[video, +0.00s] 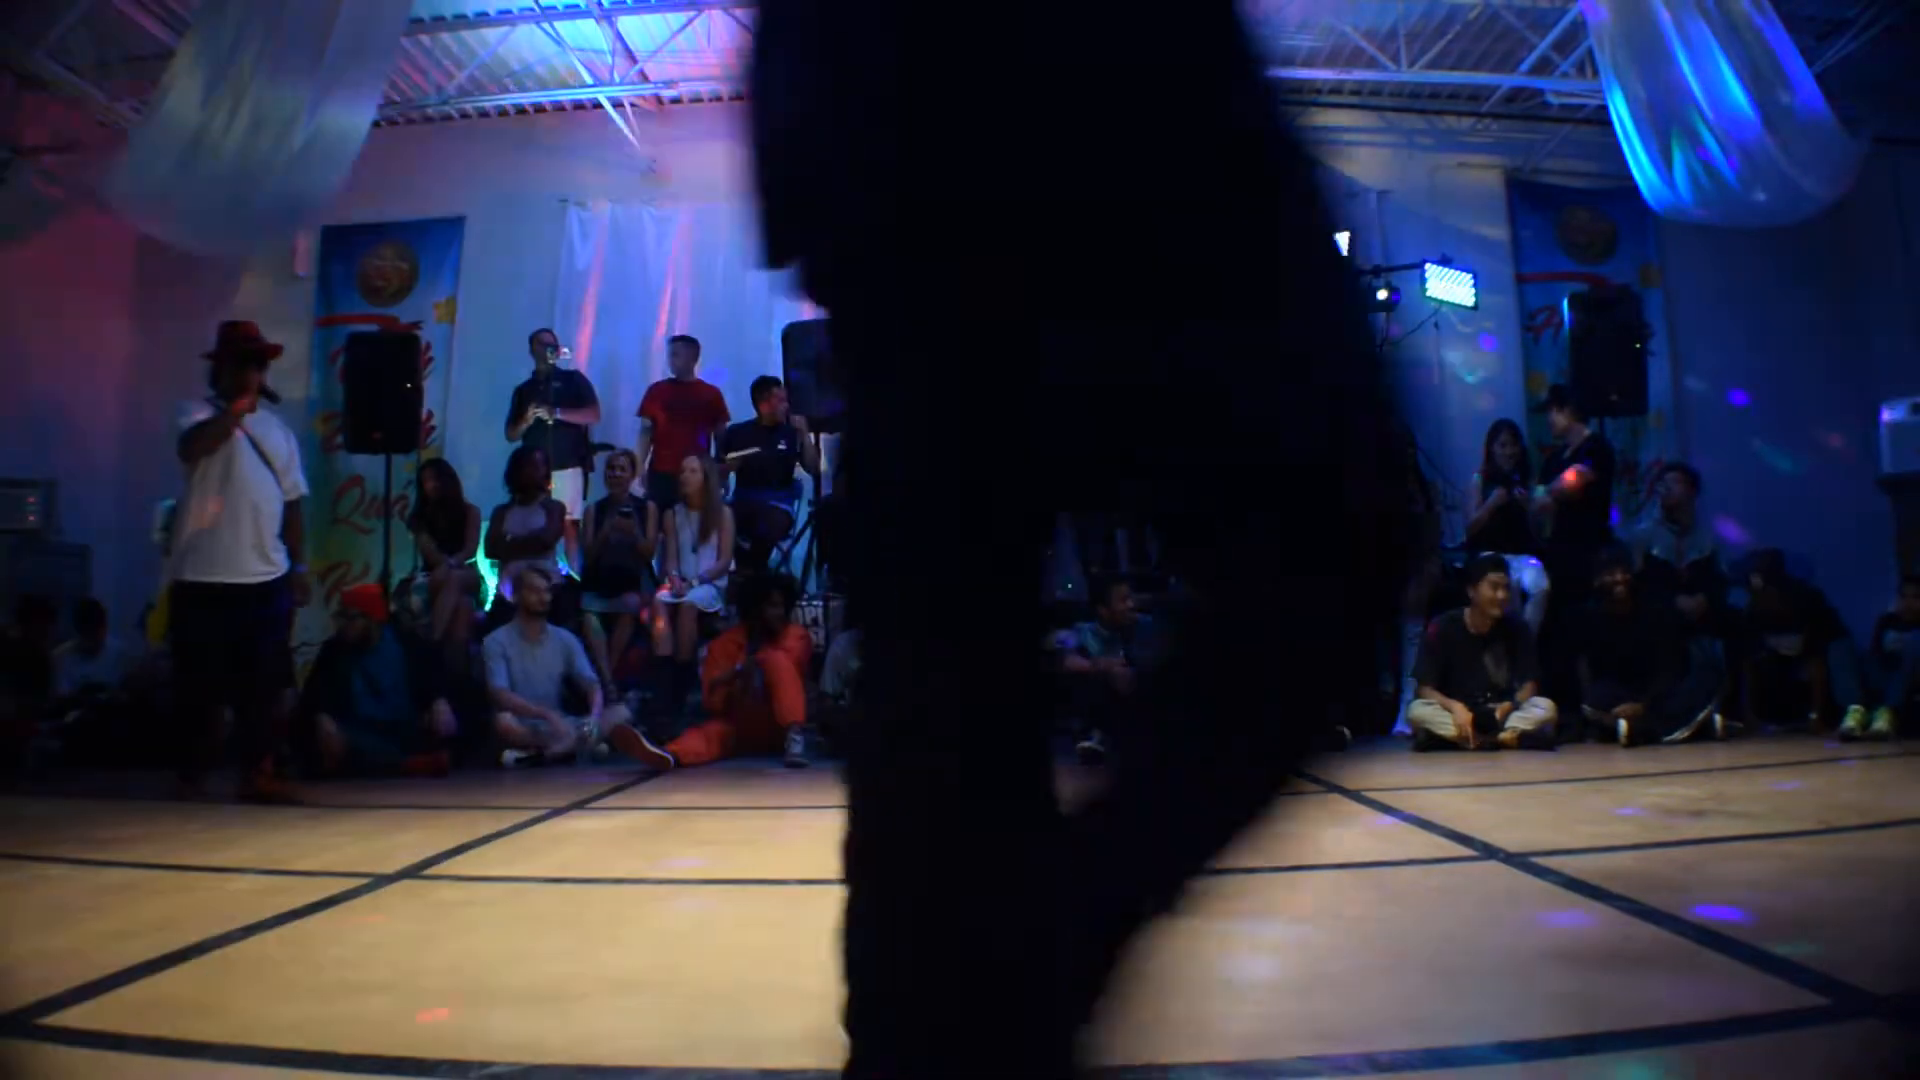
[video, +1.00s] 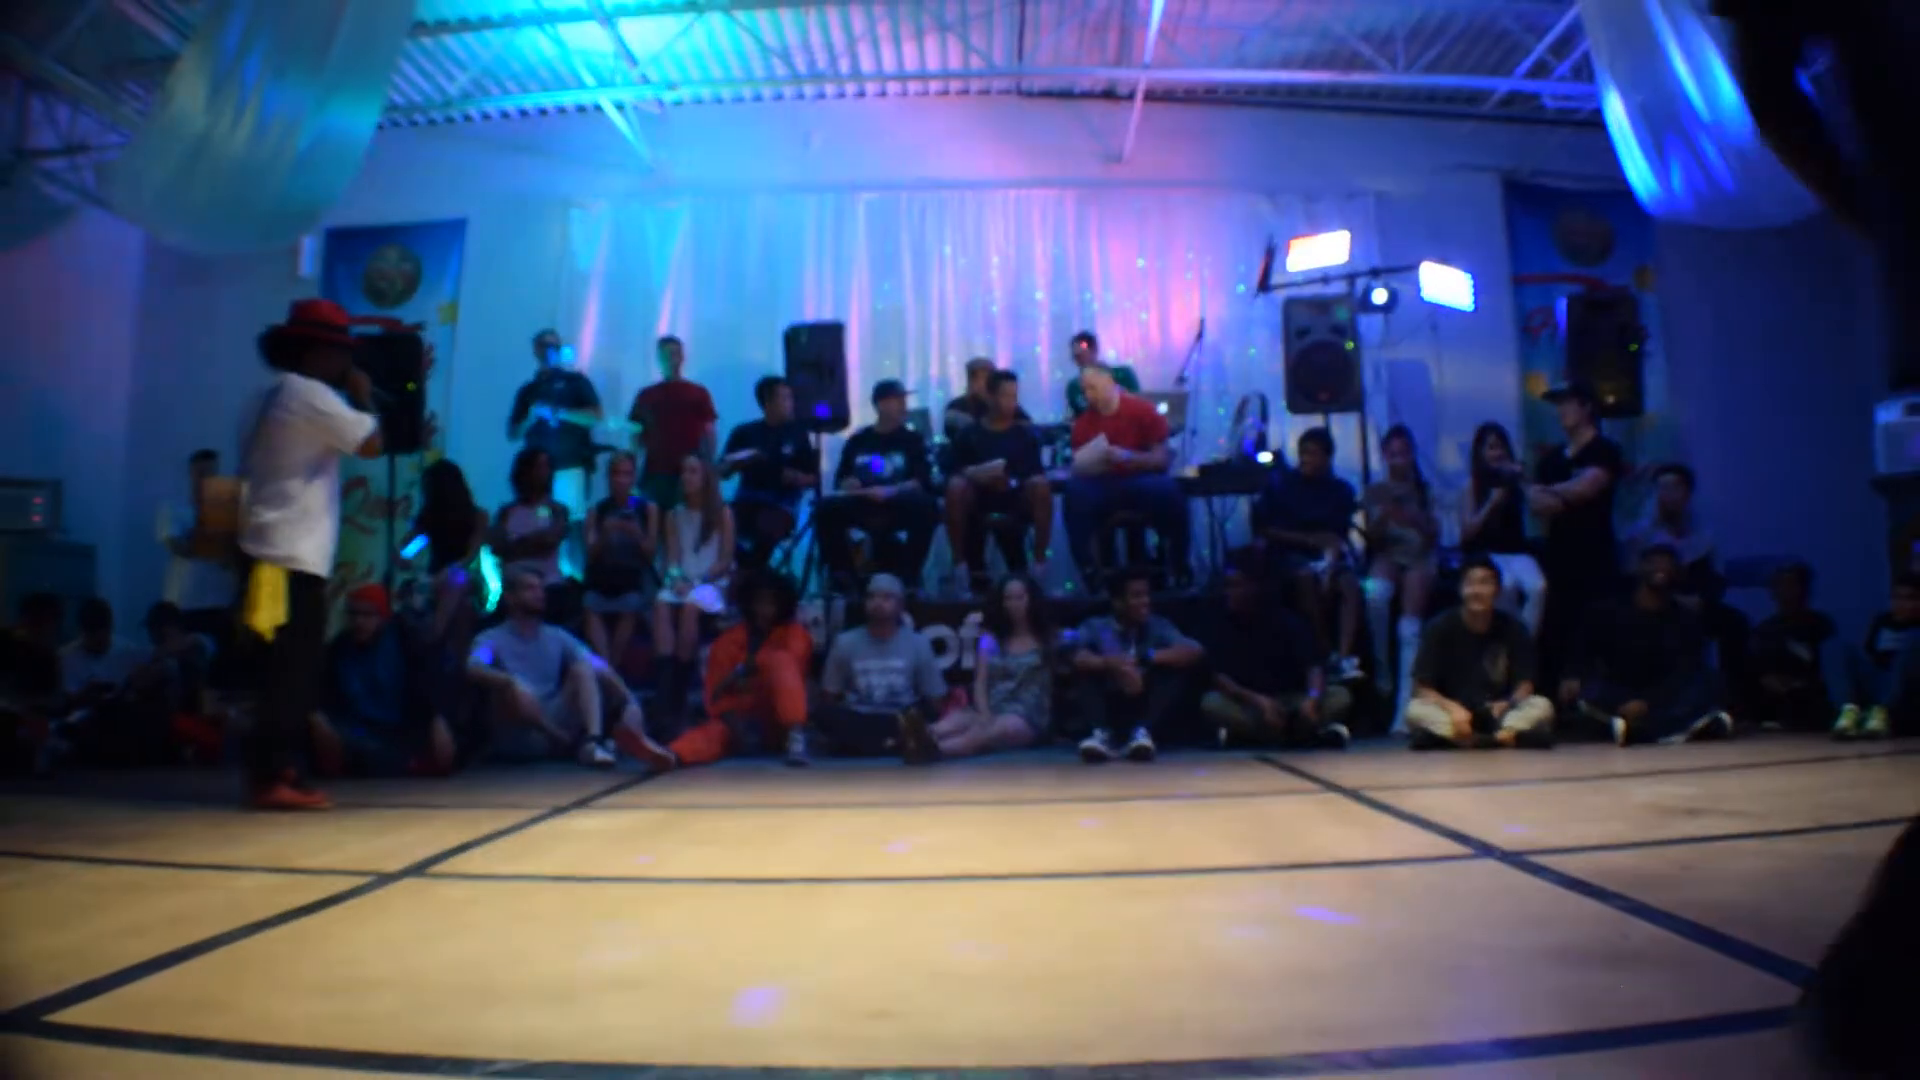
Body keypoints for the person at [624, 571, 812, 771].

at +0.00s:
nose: (779, 614)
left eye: (783, 607)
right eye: (772, 606)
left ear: (788, 609)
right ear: (754, 608)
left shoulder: (796, 637)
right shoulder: (725, 645)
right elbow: (713, 705)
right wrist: (738, 675)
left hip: (777, 723)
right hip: (737, 724)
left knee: (776, 659)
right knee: (708, 736)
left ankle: (794, 737)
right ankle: (669, 755)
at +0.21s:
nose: (778, 614)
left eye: (782, 607)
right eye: (770, 606)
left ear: (788, 609)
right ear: (752, 608)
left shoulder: (796, 637)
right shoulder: (723, 646)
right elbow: (712, 704)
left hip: (776, 720)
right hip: (738, 724)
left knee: (775, 659)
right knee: (709, 735)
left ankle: (794, 737)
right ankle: (670, 755)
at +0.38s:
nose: (776, 615)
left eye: (782, 608)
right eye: (769, 607)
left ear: (788, 611)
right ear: (752, 609)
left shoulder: (794, 638)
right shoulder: (724, 646)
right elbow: (713, 705)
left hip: (776, 722)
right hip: (737, 723)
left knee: (775, 661)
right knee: (711, 734)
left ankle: (793, 738)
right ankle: (669, 756)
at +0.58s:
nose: (768, 613)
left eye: (775, 606)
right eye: (762, 605)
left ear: (785, 610)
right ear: (747, 608)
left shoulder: (795, 638)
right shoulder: (723, 645)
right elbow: (711, 706)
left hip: (774, 721)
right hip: (736, 722)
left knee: (774, 661)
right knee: (709, 736)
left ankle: (794, 740)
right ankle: (668, 756)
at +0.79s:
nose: (765, 611)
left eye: (772, 604)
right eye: (760, 603)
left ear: (783, 609)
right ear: (749, 606)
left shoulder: (793, 637)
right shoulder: (724, 646)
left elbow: (787, 666)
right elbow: (712, 705)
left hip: (774, 717)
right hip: (737, 721)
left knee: (777, 662)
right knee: (712, 735)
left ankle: (793, 736)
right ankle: (670, 755)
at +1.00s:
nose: (764, 611)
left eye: (770, 604)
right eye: (758, 603)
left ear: (782, 607)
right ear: (747, 606)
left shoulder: (794, 636)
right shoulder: (727, 643)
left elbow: (788, 666)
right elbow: (714, 704)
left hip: (775, 718)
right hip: (739, 720)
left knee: (780, 660)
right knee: (714, 734)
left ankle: (795, 738)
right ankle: (673, 756)